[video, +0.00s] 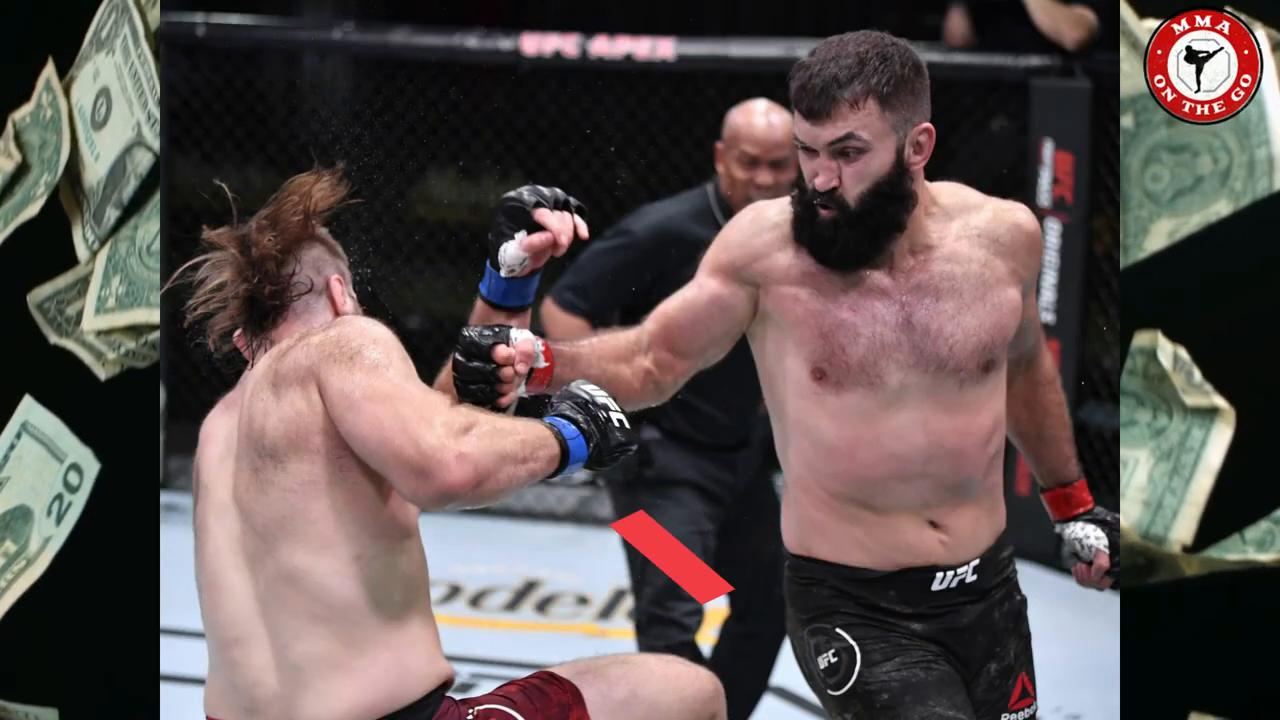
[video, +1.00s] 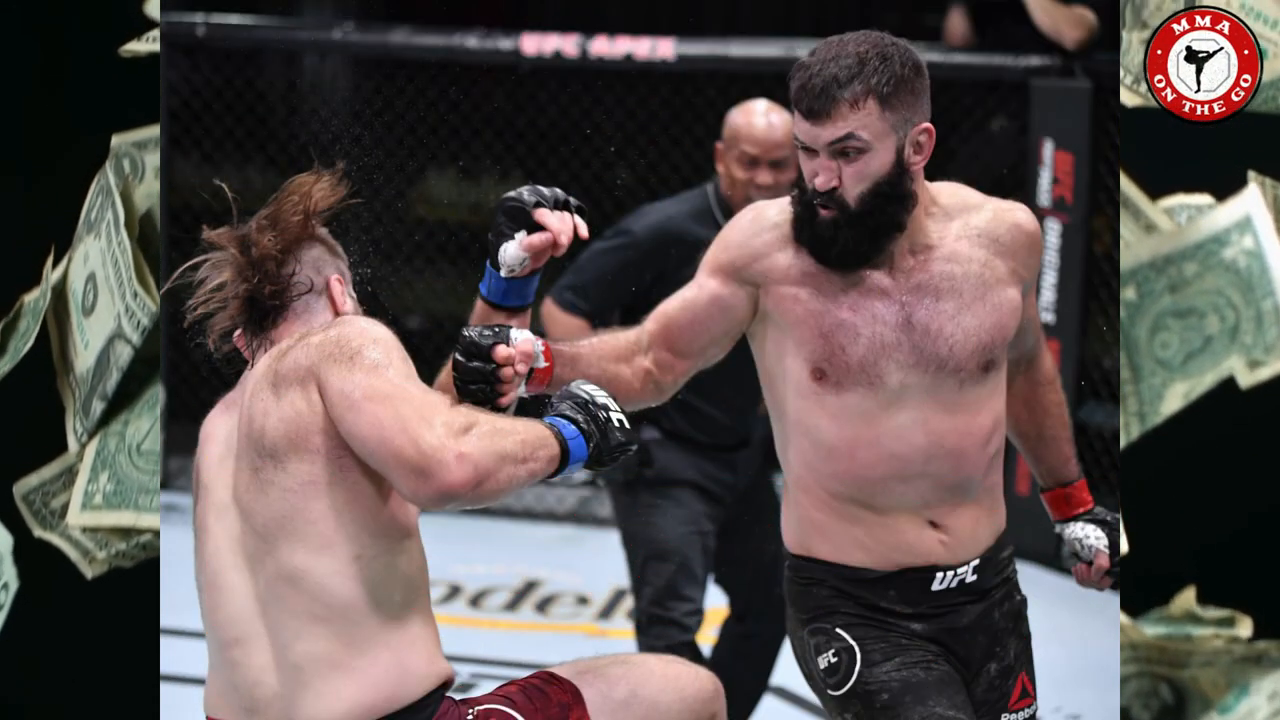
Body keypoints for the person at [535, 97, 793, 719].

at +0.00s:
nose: (767, 181)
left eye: (781, 165)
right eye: (750, 164)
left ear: (800, 162)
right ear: (719, 157)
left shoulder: (803, 238)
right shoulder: (661, 232)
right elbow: (560, 312)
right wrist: (612, 411)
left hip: (751, 460)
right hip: (665, 457)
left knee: (767, 610)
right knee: (671, 615)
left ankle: (721, 719)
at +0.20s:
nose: (766, 181)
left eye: (780, 165)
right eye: (750, 164)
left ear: (800, 163)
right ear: (719, 157)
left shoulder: (804, 239)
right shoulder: (661, 232)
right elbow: (561, 312)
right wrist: (612, 418)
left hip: (750, 462)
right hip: (663, 457)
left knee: (767, 608)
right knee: (671, 612)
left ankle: (722, 718)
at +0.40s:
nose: (767, 181)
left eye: (781, 165)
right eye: (750, 164)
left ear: (799, 162)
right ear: (719, 158)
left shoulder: (804, 238)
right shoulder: (661, 232)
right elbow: (560, 312)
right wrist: (612, 416)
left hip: (750, 460)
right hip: (663, 457)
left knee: (767, 609)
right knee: (671, 615)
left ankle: (720, 719)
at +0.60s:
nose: (767, 181)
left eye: (781, 165)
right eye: (750, 164)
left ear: (799, 162)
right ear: (719, 158)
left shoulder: (804, 238)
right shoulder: (661, 232)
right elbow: (560, 312)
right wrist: (612, 416)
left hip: (750, 460)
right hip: (663, 457)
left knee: (767, 609)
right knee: (671, 615)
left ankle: (720, 719)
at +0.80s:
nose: (767, 180)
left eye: (781, 165)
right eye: (750, 164)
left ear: (799, 162)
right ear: (719, 157)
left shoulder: (803, 239)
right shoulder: (661, 232)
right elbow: (560, 312)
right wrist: (613, 415)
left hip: (749, 460)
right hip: (663, 457)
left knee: (767, 608)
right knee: (671, 615)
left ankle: (720, 719)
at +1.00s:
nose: (766, 180)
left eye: (780, 165)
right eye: (750, 163)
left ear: (799, 163)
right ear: (719, 157)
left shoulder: (803, 238)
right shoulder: (661, 232)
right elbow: (561, 311)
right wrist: (613, 418)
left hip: (749, 460)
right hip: (663, 456)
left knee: (767, 608)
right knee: (671, 614)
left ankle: (721, 718)